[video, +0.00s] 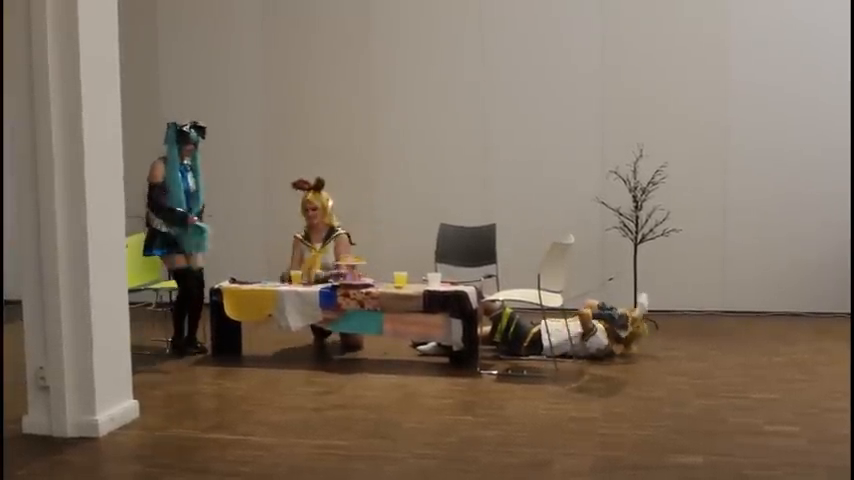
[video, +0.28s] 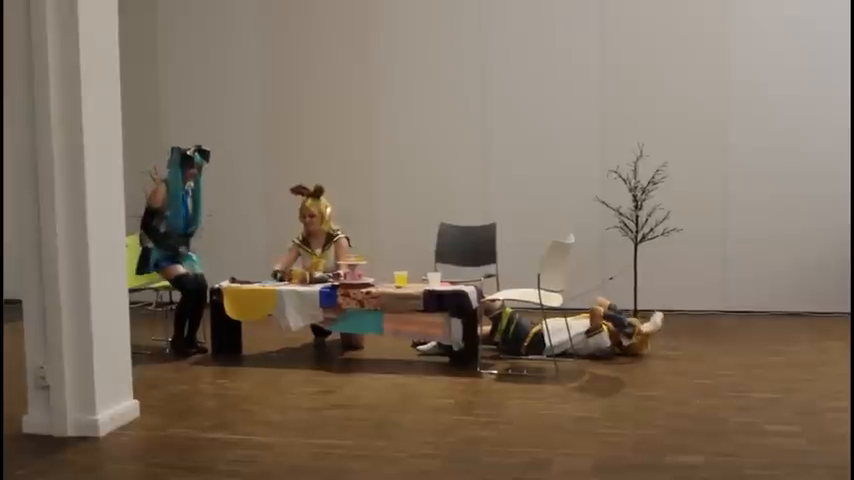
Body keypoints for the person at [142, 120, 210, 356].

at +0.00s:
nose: (191, 149)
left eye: (194, 145)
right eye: (187, 144)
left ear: (196, 146)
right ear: (177, 143)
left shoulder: (190, 168)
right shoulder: (161, 166)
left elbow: (195, 198)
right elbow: (154, 203)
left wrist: (198, 213)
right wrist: (182, 217)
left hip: (189, 232)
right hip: (167, 234)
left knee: (197, 286)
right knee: (186, 286)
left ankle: (191, 338)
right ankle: (178, 339)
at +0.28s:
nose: (194, 173)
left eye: (196, 169)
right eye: (191, 168)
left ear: (197, 170)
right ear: (180, 168)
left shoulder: (189, 191)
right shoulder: (162, 189)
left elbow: (187, 221)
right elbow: (146, 224)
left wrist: (185, 239)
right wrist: (168, 243)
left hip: (181, 251)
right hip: (160, 252)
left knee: (201, 287)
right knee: (189, 288)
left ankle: (191, 339)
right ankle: (178, 340)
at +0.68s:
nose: (183, 199)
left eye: (185, 196)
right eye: (180, 195)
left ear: (185, 197)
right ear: (169, 196)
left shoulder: (180, 217)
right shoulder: (152, 216)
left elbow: (185, 243)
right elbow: (137, 250)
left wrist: (180, 260)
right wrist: (162, 262)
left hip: (176, 268)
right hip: (157, 271)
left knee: (206, 290)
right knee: (193, 291)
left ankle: (190, 338)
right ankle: (178, 340)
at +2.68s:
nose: (189, 208)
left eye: (190, 204)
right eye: (186, 204)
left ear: (190, 204)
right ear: (174, 203)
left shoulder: (185, 222)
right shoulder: (153, 222)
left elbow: (191, 254)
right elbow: (165, 260)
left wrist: (200, 268)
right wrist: (192, 271)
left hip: (179, 269)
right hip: (159, 273)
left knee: (206, 285)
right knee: (198, 286)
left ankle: (199, 340)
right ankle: (192, 342)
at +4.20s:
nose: (195, 208)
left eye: (197, 204)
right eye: (193, 203)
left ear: (195, 203)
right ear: (180, 200)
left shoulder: (187, 221)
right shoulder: (158, 218)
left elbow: (192, 255)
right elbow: (165, 259)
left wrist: (202, 268)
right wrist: (192, 272)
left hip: (176, 269)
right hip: (155, 272)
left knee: (207, 286)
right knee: (198, 288)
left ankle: (199, 341)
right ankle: (191, 344)